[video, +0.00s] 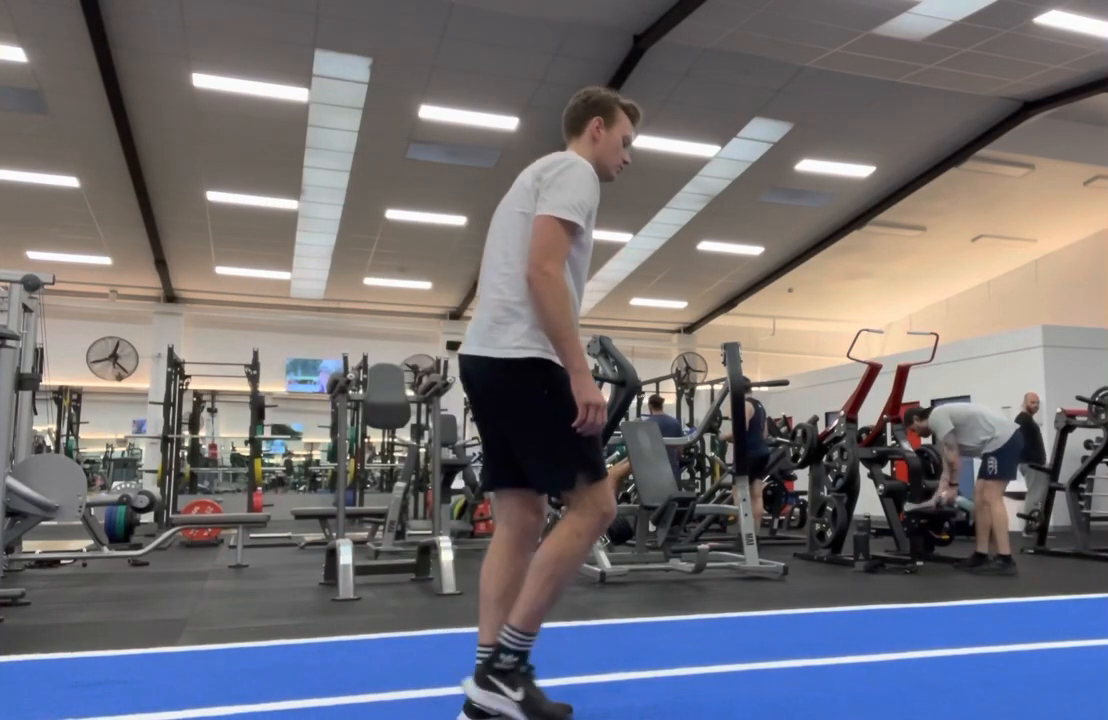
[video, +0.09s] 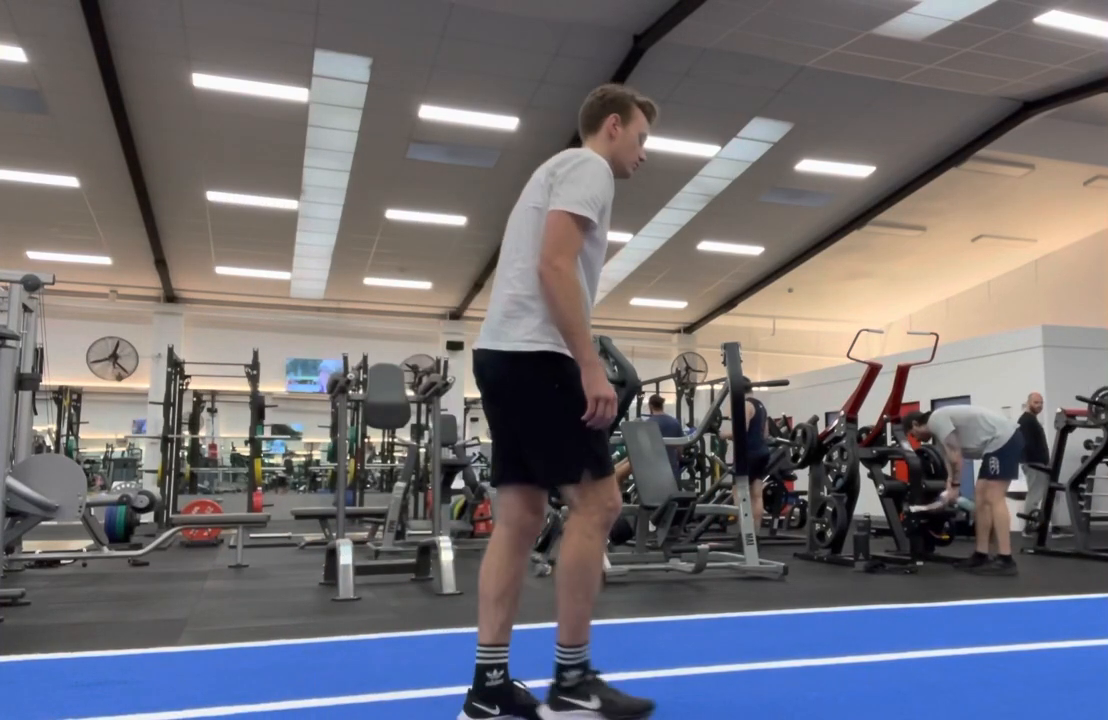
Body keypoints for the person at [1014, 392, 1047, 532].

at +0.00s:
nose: (1035, 405)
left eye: (1037, 403)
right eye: (1032, 402)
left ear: (1039, 404)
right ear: (1025, 403)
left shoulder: (1029, 420)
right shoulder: (1024, 420)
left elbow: (1030, 443)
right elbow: (1023, 443)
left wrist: (1041, 461)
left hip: (1035, 463)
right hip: (1030, 463)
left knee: (1037, 495)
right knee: (1036, 494)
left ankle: (1034, 526)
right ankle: (1030, 527)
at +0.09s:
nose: (1039, 405)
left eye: (1041, 403)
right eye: (1036, 402)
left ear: (1042, 404)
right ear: (1028, 403)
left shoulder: (1033, 420)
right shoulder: (1027, 420)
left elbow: (1037, 443)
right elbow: (1026, 442)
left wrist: (1045, 461)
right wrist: (1025, 460)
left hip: (1039, 463)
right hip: (1033, 463)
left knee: (1038, 494)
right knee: (1035, 494)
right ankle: (1029, 525)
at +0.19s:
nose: (1042, 405)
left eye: (1044, 402)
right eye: (1039, 402)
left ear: (1046, 404)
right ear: (1033, 403)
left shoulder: (1035, 419)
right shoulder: (1031, 420)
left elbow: (1039, 442)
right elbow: (1033, 443)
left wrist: (1046, 458)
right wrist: (1043, 460)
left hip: (1039, 463)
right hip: (1035, 464)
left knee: (1036, 494)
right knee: (1035, 494)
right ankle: (1029, 526)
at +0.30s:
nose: (1047, 404)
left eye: (1049, 402)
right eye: (1044, 401)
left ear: (1051, 404)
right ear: (1037, 402)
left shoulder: (1042, 419)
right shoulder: (1035, 419)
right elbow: (1033, 442)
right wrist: (1039, 460)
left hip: (1039, 463)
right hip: (1037, 463)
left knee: (1036, 495)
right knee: (1035, 495)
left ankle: (1032, 526)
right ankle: (1029, 527)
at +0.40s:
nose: (1051, 405)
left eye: (1053, 402)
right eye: (1048, 402)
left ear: (1056, 403)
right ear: (1042, 403)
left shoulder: (1050, 421)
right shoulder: (1040, 421)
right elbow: (1036, 444)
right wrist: (1041, 462)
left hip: (1044, 465)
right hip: (1040, 465)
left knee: (1039, 497)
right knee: (1035, 497)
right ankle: (1030, 527)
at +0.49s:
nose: (1055, 403)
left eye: (1057, 401)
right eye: (1052, 401)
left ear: (1061, 402)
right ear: (1047, 402)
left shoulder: (1063, 420)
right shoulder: (1039, 420)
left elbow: (1070, 428)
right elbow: (1034, 442)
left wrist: (1068, 417)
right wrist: (1039, 462)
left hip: (1060, 464)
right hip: (1043, 464)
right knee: (1037, 495)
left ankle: (1074, 527)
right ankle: (1030, 527)